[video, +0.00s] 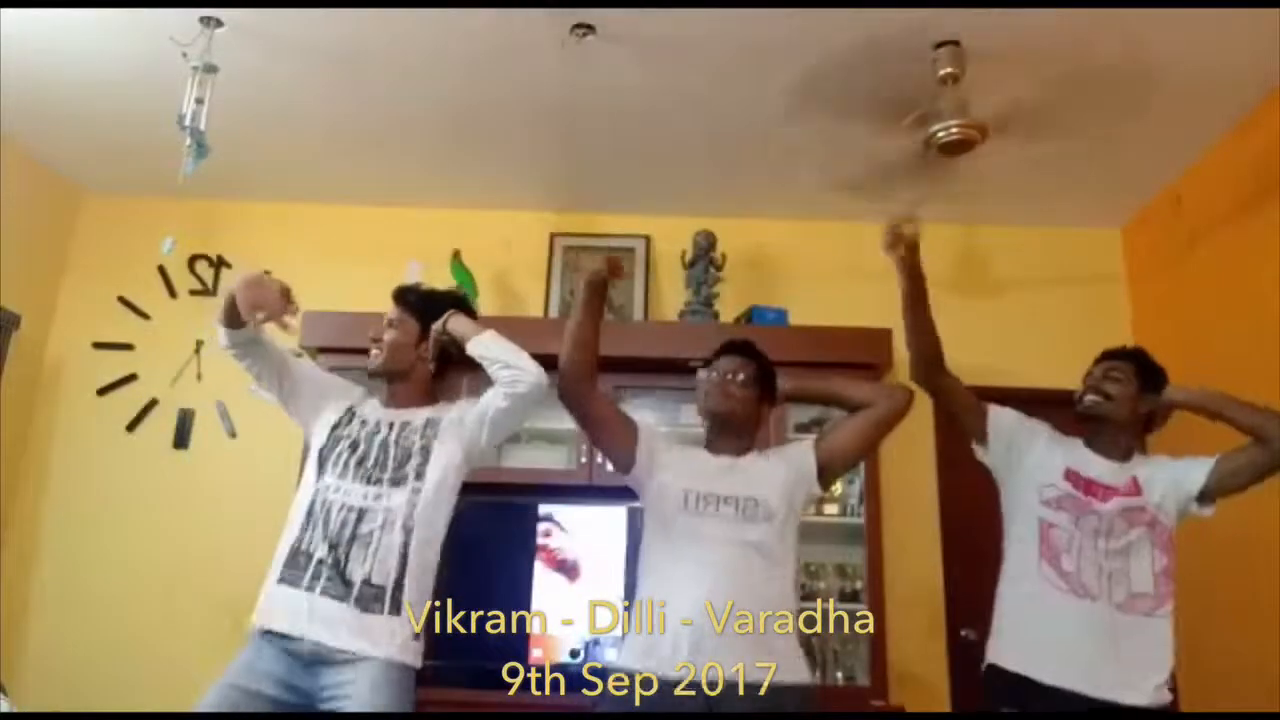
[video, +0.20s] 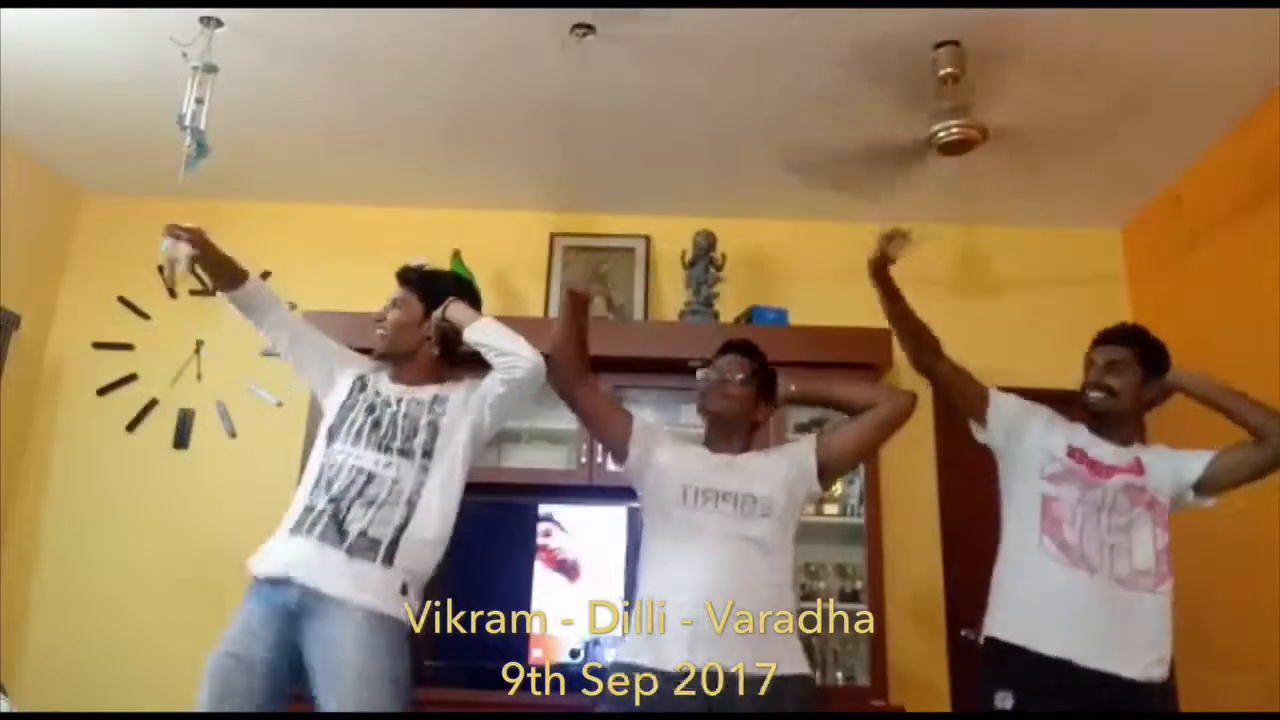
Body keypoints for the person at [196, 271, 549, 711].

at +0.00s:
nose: (378, 335)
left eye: (393, 326)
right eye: (383, 324)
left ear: (428, 347)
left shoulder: (461, 427)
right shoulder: (334, 403)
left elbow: (528, 384)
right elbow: (246, 345)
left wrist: (465, 328)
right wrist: (239, 296)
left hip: (371, 661)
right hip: (277, 644)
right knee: (209, 710)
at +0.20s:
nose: (381, 312)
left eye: (398, 305)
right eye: (386, 302)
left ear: (434, 328)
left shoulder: (468, 405)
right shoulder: (347, 375)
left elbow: (526, 368)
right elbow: (276, 320)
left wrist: (463, 318)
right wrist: (208, 255)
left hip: (363, 604)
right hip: (276, 584)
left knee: (364, 704)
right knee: (223, 699)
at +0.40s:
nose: (375, 326)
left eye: (390, 318)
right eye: (381, 315)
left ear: (427, 339)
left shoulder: (460, 419)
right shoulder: (342, 389)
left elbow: (527, 371)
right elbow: (249, 317)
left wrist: (461, 321)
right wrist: (204, 211)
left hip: (360, 642)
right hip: (271, 623)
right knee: (210, 700)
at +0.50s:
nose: (366, 332)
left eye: (382, 322)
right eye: (372, 320)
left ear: (423, 341)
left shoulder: (458, 424)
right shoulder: (330, 398)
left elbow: (531, 385)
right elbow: (246, 337)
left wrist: (461, 333)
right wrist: (233, 231)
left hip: (373, 654)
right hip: (280, 638)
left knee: (376, 704)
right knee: (214, 704)